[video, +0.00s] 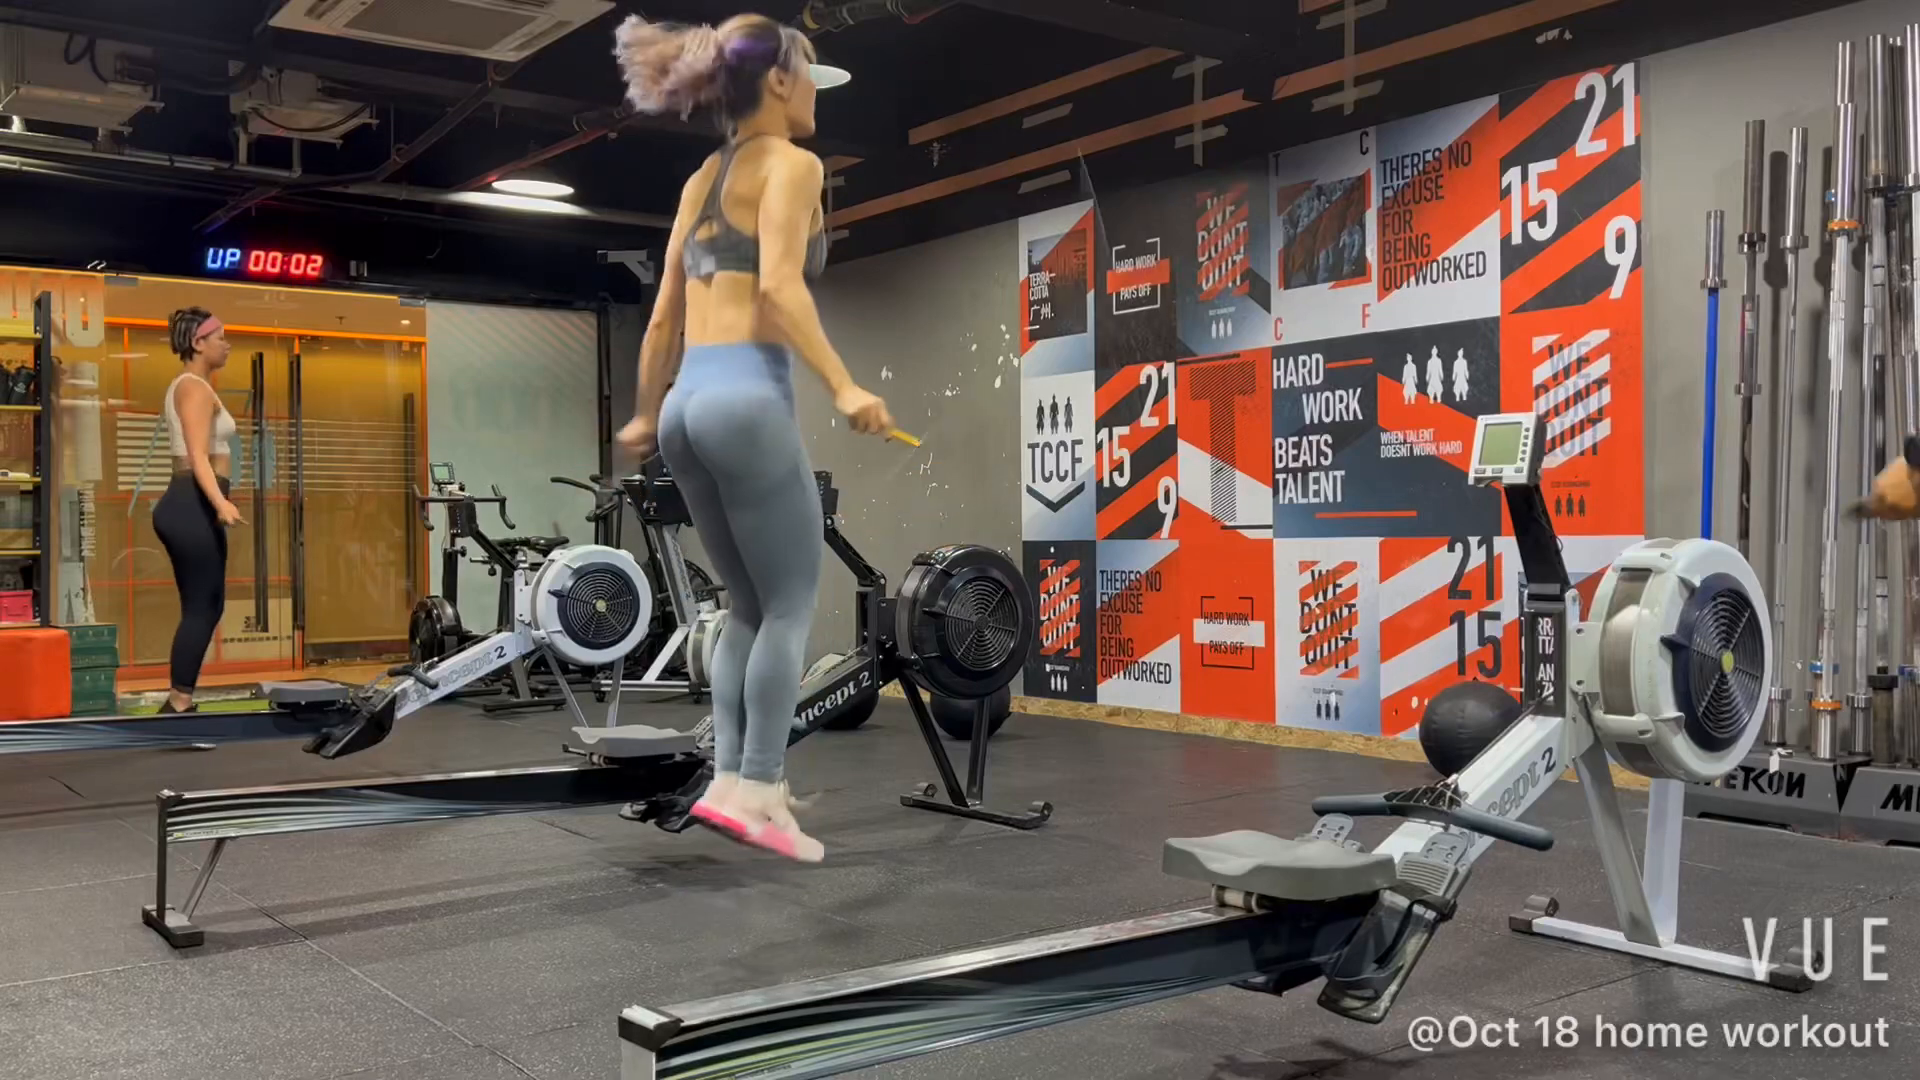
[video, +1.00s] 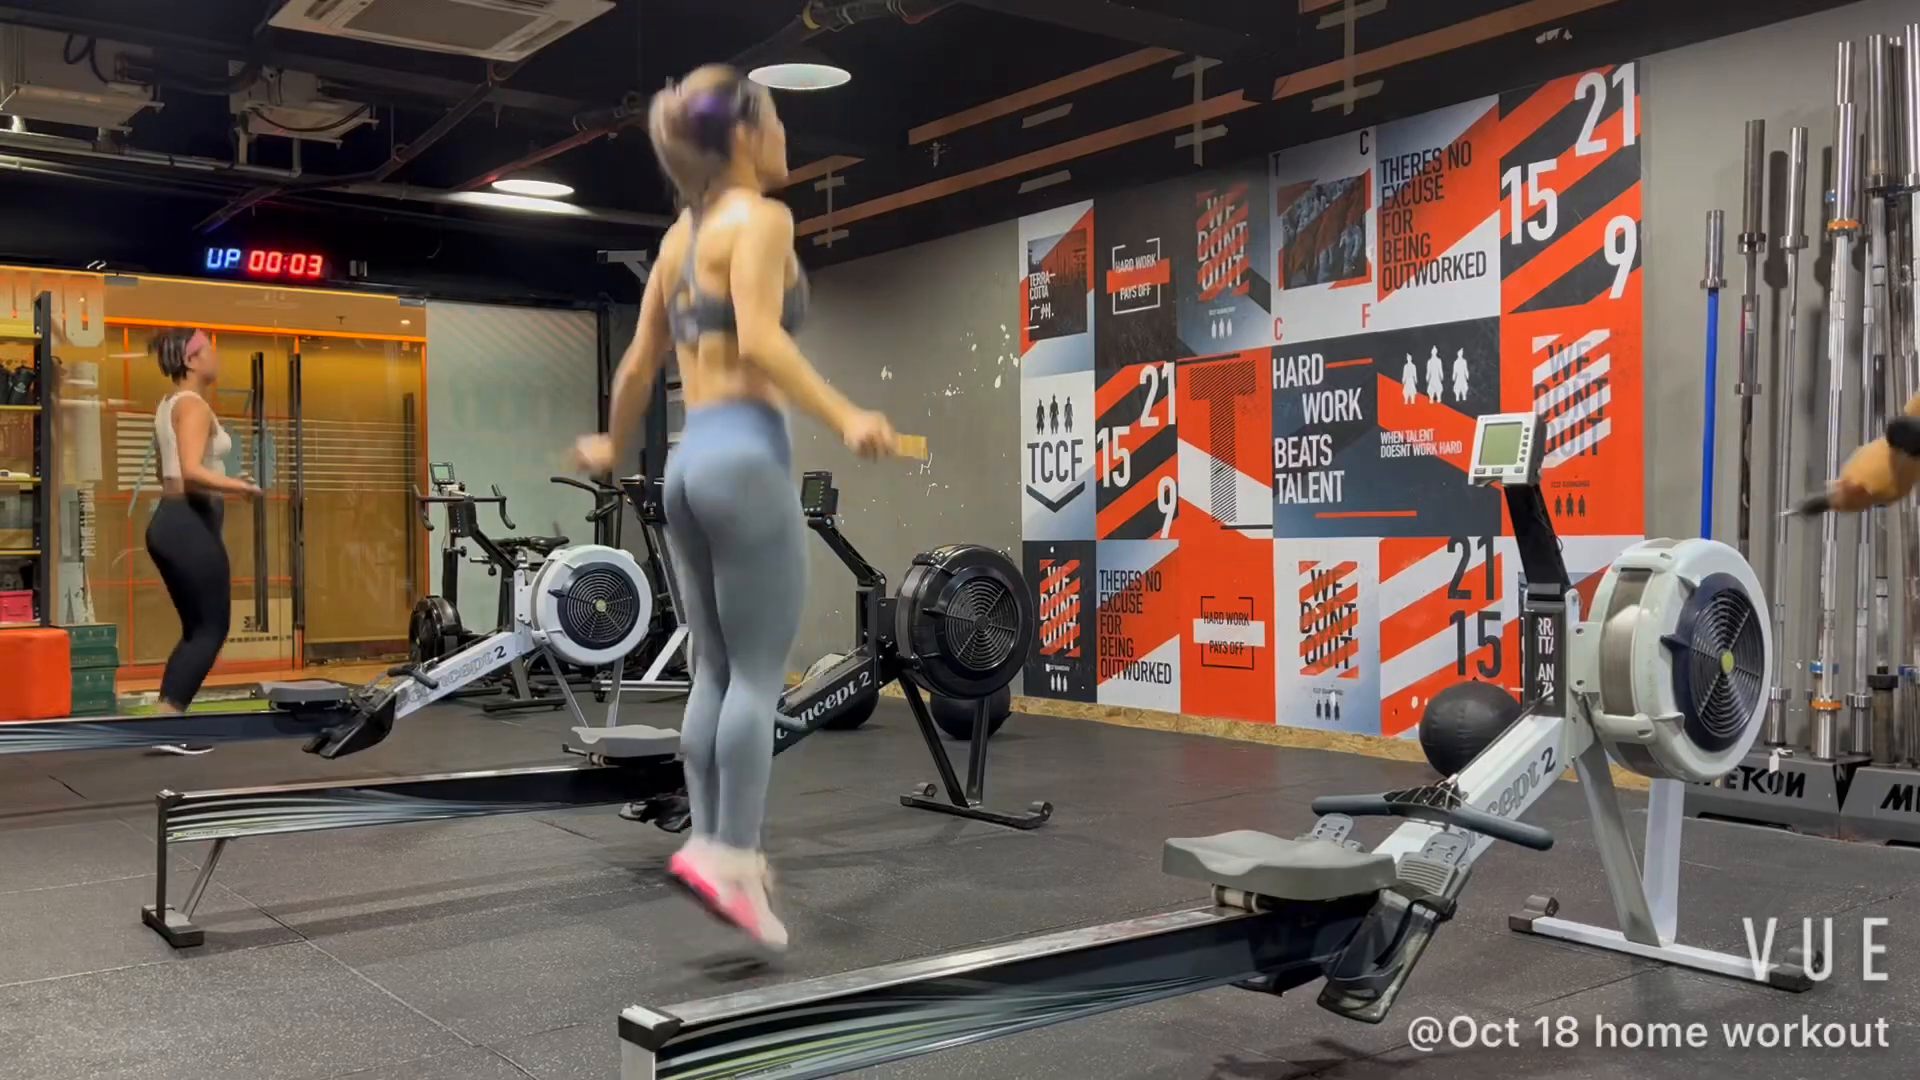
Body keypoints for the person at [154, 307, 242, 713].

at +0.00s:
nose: (227, 343)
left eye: (224, 335)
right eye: (219, 336)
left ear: (199, 344)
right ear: (198, 344)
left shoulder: (192, 385)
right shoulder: (193, 387)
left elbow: (193, 455)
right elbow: (197, 454)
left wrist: (218, 498)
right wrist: (220, 501)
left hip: (191, 502)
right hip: (190, 502)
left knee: (205, 606)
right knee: (203, 607)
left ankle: (181, 699)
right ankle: (180, 701)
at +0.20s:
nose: (225, 361)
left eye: (222, 354)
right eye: (218, 355)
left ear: (198, 363)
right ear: (199, 363)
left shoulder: (192, 405)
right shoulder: (192, 407)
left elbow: (192, 474)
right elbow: (191, 473)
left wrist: (226, 492)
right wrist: (230, 491)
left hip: (189, 528)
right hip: (190, 529)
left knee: (208, 626)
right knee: (216, 625)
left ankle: (179, 710)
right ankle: (179, 712)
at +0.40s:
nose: (221, 336)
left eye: (217, 329)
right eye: (213, 331)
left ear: (192, 342)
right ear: (194, 341)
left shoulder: (182, 383)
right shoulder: (194, 384)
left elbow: (187, 452)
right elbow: (196, 450)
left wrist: (213, 487)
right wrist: (218, 492)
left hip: (182, 497)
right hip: (191, 498)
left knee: (197, 604)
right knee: (202, 604)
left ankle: (182, 695)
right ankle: (182, 696)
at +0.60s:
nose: (221, 360)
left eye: (218, 352)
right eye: (215, 353)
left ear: (192, 364)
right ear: (196, 363)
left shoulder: (182, 407)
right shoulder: (191, 408)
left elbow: (186, 481)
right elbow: (193, 479)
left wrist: (234, 490)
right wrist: (241, 493)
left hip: (178, 528)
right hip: (188, 530)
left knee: (198, 632)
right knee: (209, 631)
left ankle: (162, 715)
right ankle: (163, 716)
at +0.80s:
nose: (214, 329)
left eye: (210, 323)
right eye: (206, 325)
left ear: (184, 337)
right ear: (188, 336)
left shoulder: (173, 381)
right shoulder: (192, 380)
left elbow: (168, 454)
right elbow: (194, 447)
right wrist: (221, 486)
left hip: (173, 494)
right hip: (189, 494)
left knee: (188, 603)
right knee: (198, 603)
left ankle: (173, 697)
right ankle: (175, 698)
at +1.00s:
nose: (216, 355)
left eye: (212, 347)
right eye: (211, 348)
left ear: (187, 361)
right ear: (194, 359)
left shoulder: (169, 406)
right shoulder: (193, 406)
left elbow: (175, 473)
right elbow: (192, 471)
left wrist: (224, 485)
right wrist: (235, 484)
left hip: (169, 520)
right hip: (188, 521)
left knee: (196, 627)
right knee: (213, 624)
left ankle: (165, 714)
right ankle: (167, 716)